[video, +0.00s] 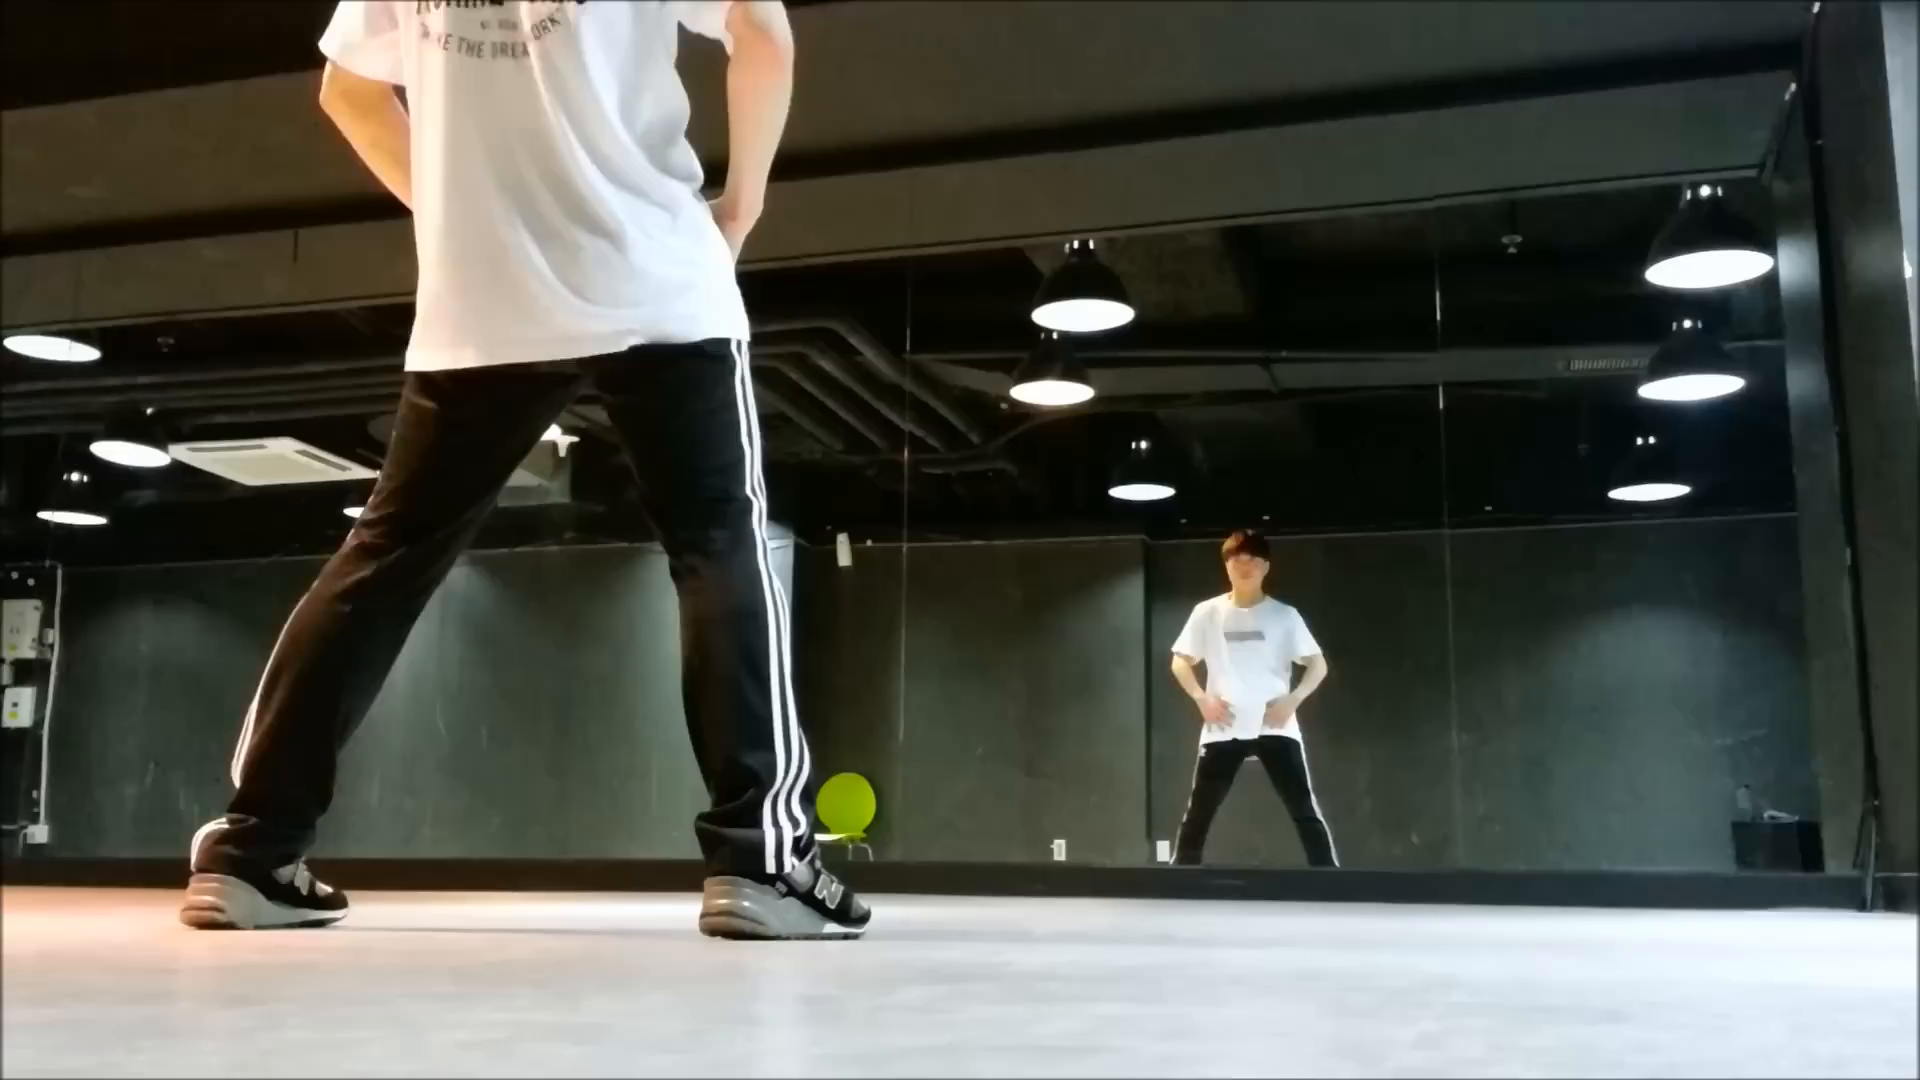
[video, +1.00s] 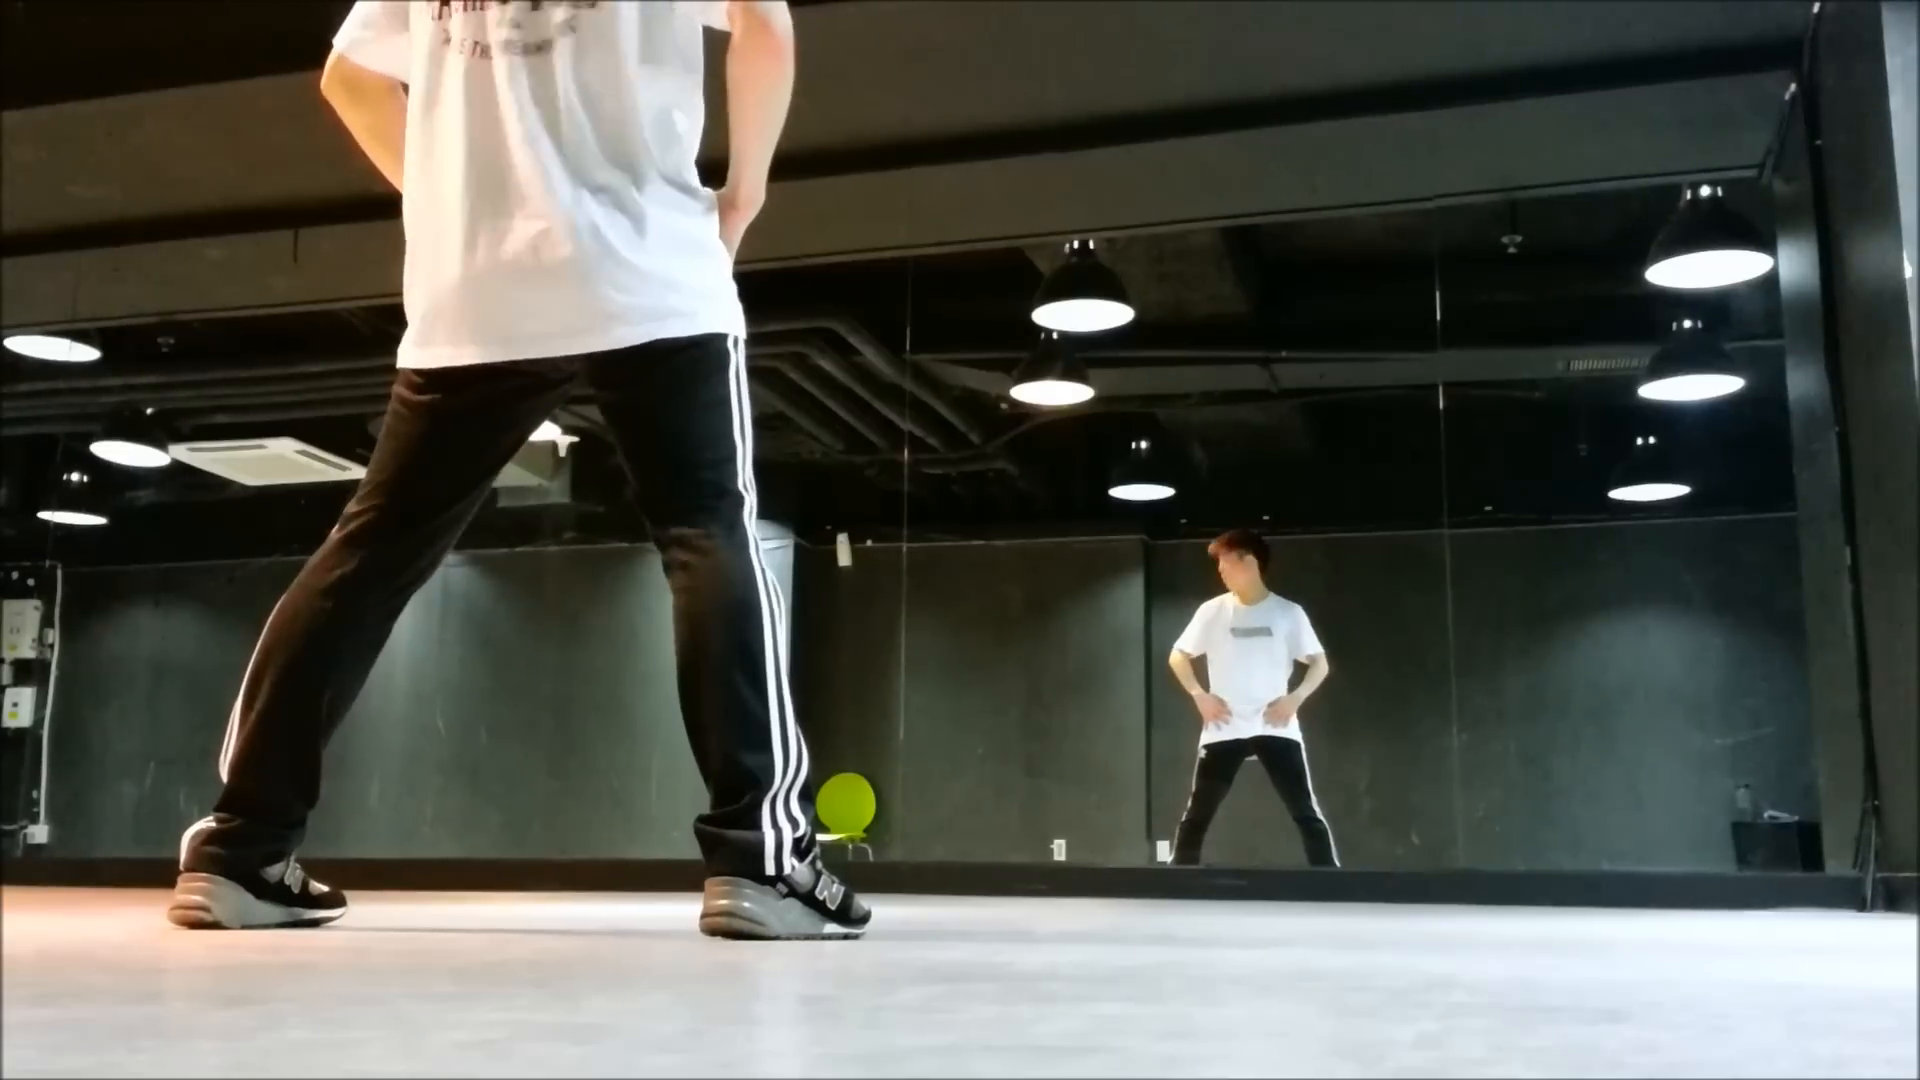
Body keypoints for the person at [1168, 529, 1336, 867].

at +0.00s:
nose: (1245, 567)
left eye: (1253, 560)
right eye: (1238, 560)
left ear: (1266, 566)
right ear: (1227, 566)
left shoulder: (1286, 616)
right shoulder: (1207, 613)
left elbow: (1318, 666)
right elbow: (1179, 663)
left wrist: (1291, 701)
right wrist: (1202, 699)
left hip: (1276, 730)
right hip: (1223, 730)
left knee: (1305, 813)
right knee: (1197, 815)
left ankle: (1332, 888)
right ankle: (1179, 890)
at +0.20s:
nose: (1247, 562)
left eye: (1255, 555)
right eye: (1240, 555)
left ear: (1268, 561)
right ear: (1229, 561)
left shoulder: (1292, 608)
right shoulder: (1212, 608)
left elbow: (1317, 660)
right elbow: (1181, 657)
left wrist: (1293, 700)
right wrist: (1202, 697)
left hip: (1277, 731)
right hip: (1223, 731)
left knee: (1306, 814)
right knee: (1196, 817)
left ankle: (1332, 890)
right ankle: (1179, 892)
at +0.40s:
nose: (1247, 560)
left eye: (1255, 553)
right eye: (1241, 554)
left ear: (1269, 561)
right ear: (1230, 562)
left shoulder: (1290, 612)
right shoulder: (1213, 611)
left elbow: (1315, 662)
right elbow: (1186, 660)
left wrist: (1295, 698)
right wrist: (1203, 696)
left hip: (1278, 730)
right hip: (1225, 730)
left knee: (1307, 814)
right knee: (1196, 816)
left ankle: (1332, 889)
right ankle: (1175, 890)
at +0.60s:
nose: (1245, 560)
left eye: (1253, 554)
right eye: (1238, 554)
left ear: (1267, 565)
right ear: (1228, 564)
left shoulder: (1287, 615)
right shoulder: (1209, 615)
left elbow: (1321, 663)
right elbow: (1177, 662)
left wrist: (1293, 698)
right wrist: (1199, 696)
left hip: (1276, 728)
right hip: (1223, 729)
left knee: (1305, 814)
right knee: (1195, 815)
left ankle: (1332, 889)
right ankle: (1177, 890)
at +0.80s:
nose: (1245, 562)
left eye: (1254, 556)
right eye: (1239, 556)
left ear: (1267, 566)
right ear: (1229, 564)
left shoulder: (1287, 615)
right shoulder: (1208, 613)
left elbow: (1322, 664)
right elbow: (1177, 660)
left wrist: (1293, 698)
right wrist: (1200, 697)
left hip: (1277, 727)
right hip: (1224, 729)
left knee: (1306, 814)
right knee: (1197, 815)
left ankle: (1333, 889)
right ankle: (1178, 891)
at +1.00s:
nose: (1219, 570)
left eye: (1225, 562)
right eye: (1219, 563)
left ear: (1250, 561)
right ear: (1235, 565)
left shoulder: (1290, 613)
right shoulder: (1212, 611)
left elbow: (1320, 665)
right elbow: (1178, 656)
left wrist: (1293, 699)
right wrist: (1200, 696)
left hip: (1277, 729)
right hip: (1223, 730)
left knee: (1306, 814)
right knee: (1196, 816)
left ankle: (1333, 889)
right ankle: (1177, 892)